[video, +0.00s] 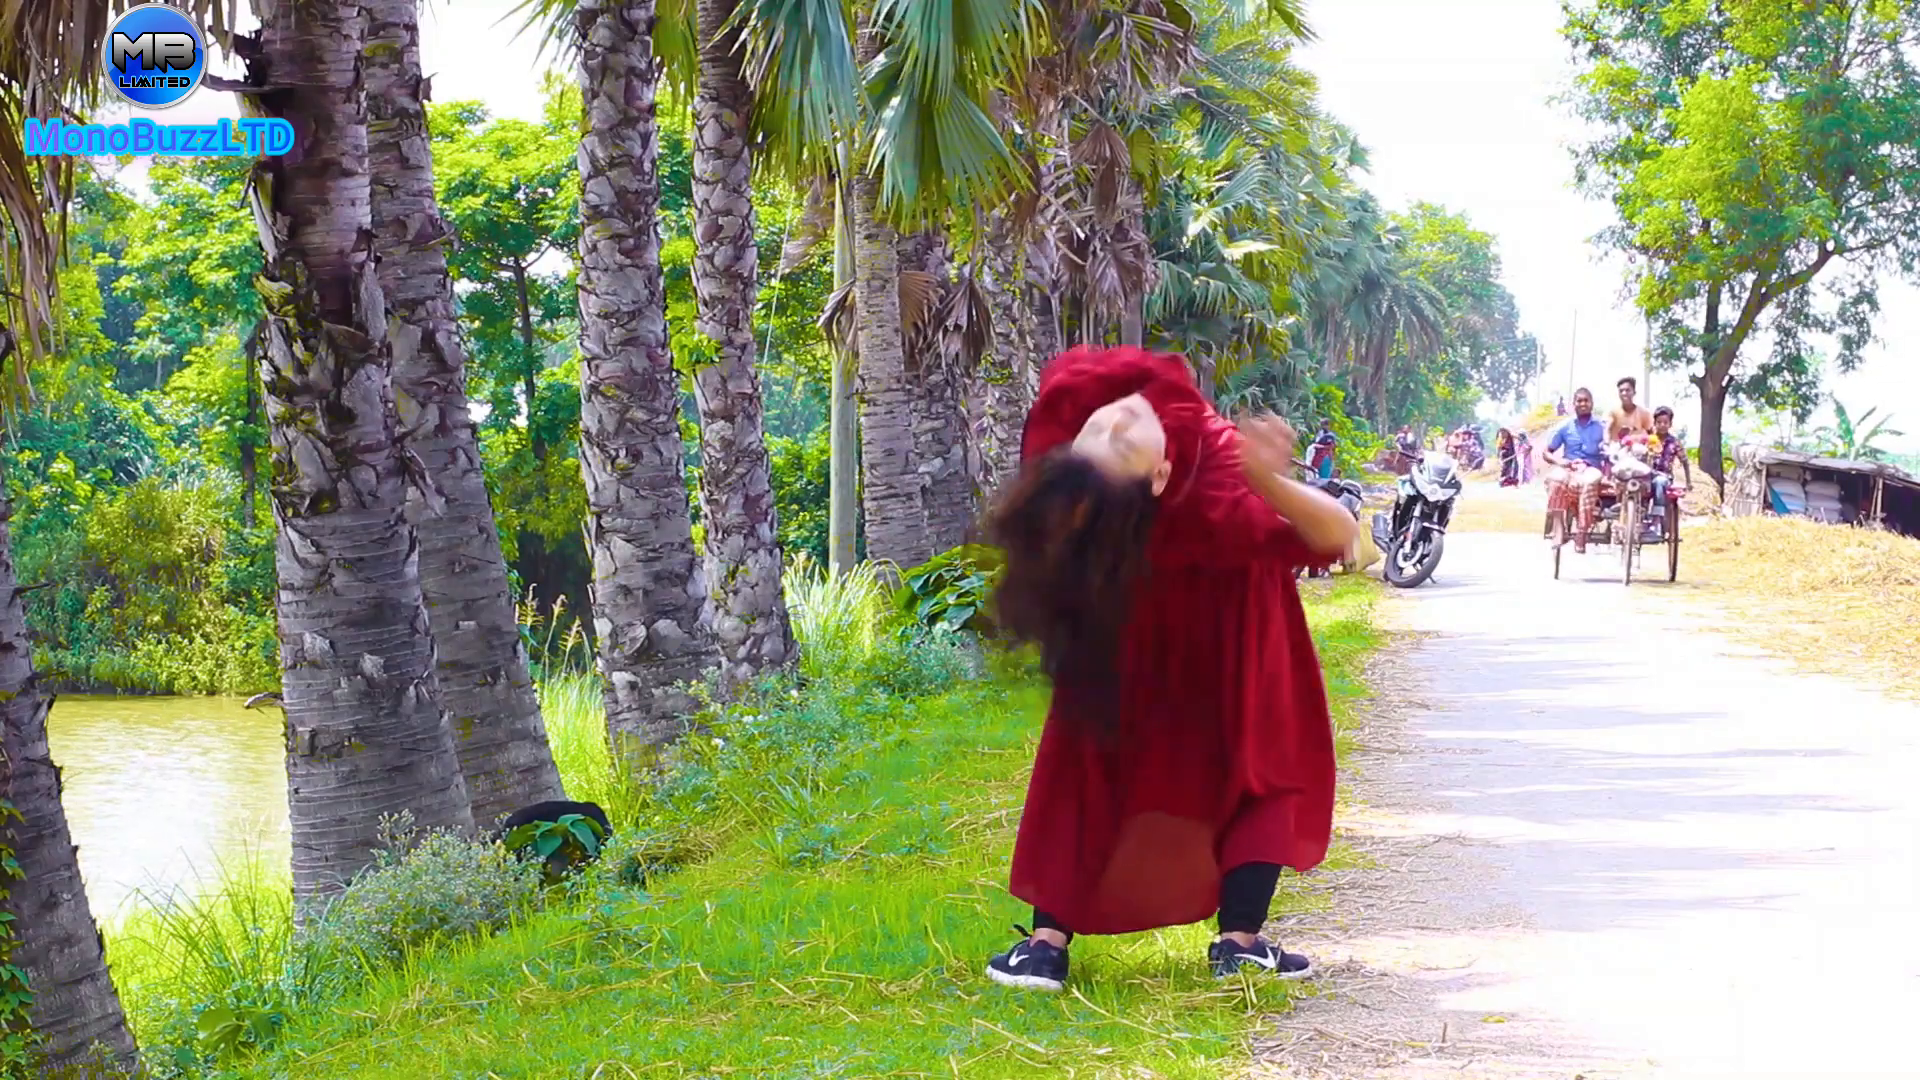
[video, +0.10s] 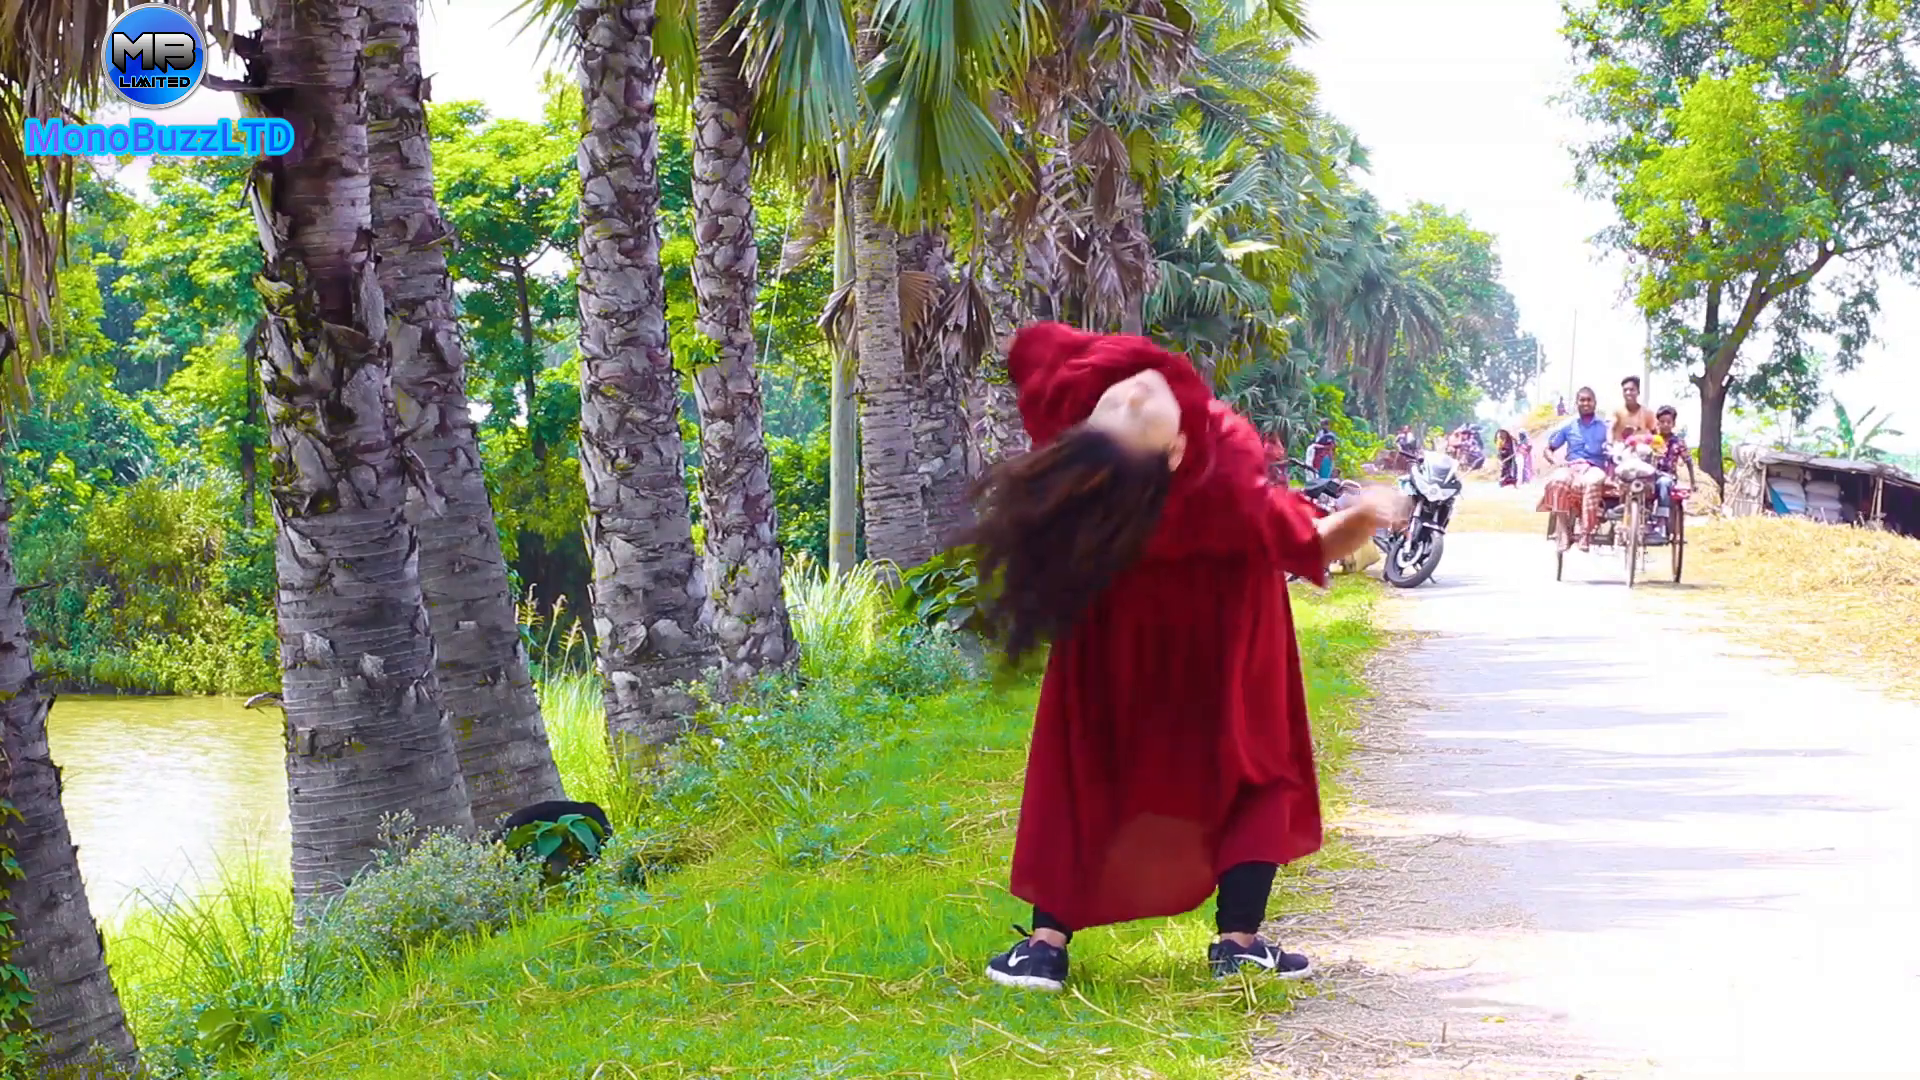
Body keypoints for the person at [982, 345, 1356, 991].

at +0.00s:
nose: (1116, 420)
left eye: (1097, 442)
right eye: (1130, 445)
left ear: (1064, 454)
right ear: (1158, 479)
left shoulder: (1063, 401)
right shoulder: (1224, 485)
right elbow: (1338, 536)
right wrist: (1270, 478)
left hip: (1124, 591)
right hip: (1235, 592)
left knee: (1080, 747)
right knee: (1266, 756)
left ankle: (1046, 941)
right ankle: (1242, 940)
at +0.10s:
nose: (1131, 393)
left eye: (1113, 415)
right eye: (1146, 422)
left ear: (1078, 437)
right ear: (1175, 456)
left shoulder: (1061, 394)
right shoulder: (1225, 480)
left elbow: (1027, 342)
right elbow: (1308, 545)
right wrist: (1365, 513)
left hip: (1112, 585)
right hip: (1228, 590)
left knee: (1075, 752)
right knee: (1260, 758)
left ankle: (1045, 943)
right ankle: (1239, 939)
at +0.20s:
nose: (1153, 348)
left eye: (1131, 364)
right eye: (1172, 377)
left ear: (1111, 390)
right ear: (1193, 416)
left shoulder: (1080, 384)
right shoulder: (1243, 422)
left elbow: (999, 343)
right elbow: (1297, 521)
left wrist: (1097, 285)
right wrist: (1397, 511)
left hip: (1113, 594)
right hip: (1232, 604)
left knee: (1076, 755)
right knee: (1259, 759)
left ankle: (1045, 940)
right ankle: (1240, 937)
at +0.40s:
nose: (1146, 285)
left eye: (1130, 319)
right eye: (1159, 294)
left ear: (1135, 355)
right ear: (1212, 336)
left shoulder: (1112, 418)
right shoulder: (1257, 352)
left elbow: (1030, 446)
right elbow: (1304, 404)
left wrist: (1036, 355)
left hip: (1142, 592)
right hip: (1247, 578)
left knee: (1088, 751)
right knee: (1248, 745)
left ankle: (1044, 945)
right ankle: (1238, 939)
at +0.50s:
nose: (1128, 325)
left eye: (1132, 320)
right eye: (1135, 317)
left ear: (1142, 335)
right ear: (1216, 313)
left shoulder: (1128, 417)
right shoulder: (1258, 325)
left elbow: (1066, 495)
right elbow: (1321, 298)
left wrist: (1064, 390)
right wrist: (1224, 288)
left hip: (1143, 601)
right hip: (1248, 591)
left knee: (1089, 754)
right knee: (1249, 753)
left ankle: (1044, 946)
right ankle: (1238, 938)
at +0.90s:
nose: (1199, 270)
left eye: (1192, 259)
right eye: (1194, 262)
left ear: (1101, 274)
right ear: (1185, 279)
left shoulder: (1072, 365)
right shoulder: (1202, 385)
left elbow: (1013, 404)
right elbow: (1321, 420)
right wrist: (1284, 308)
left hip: (1106, 547)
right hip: (1209, 553)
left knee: (1074, 735)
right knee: (1241, 737)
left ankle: (1045, 942)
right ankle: (1238, 937)